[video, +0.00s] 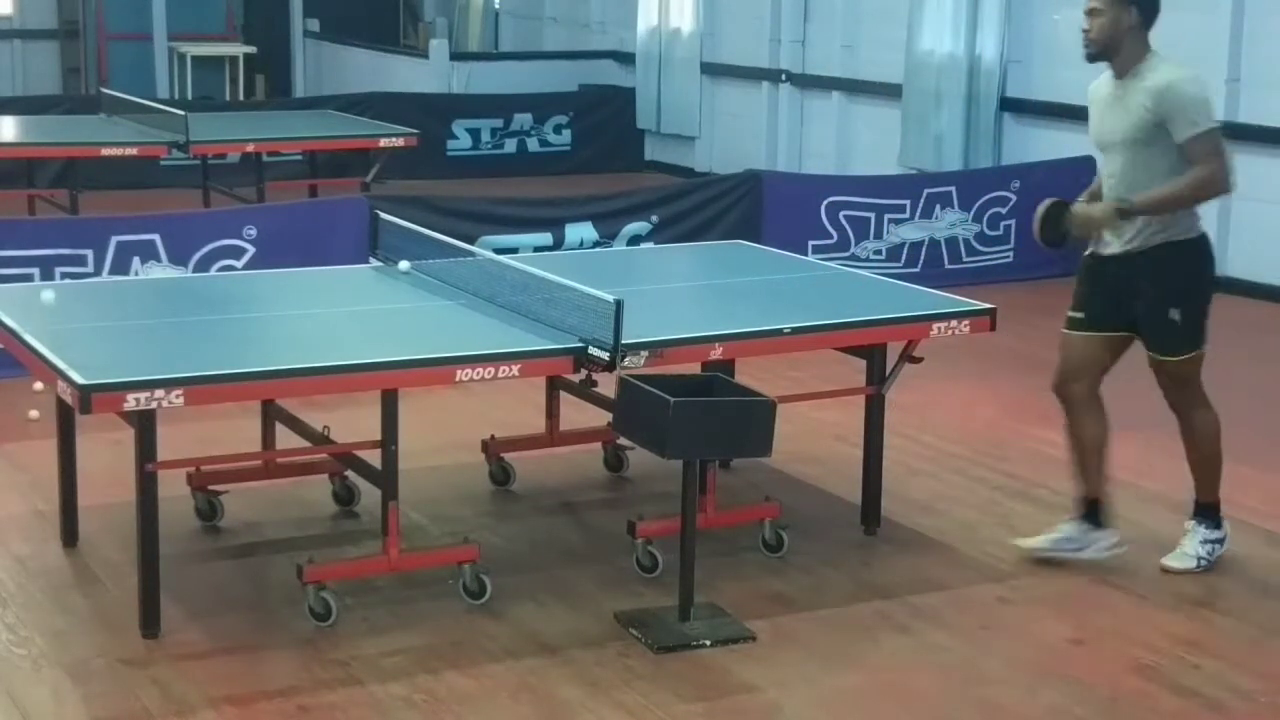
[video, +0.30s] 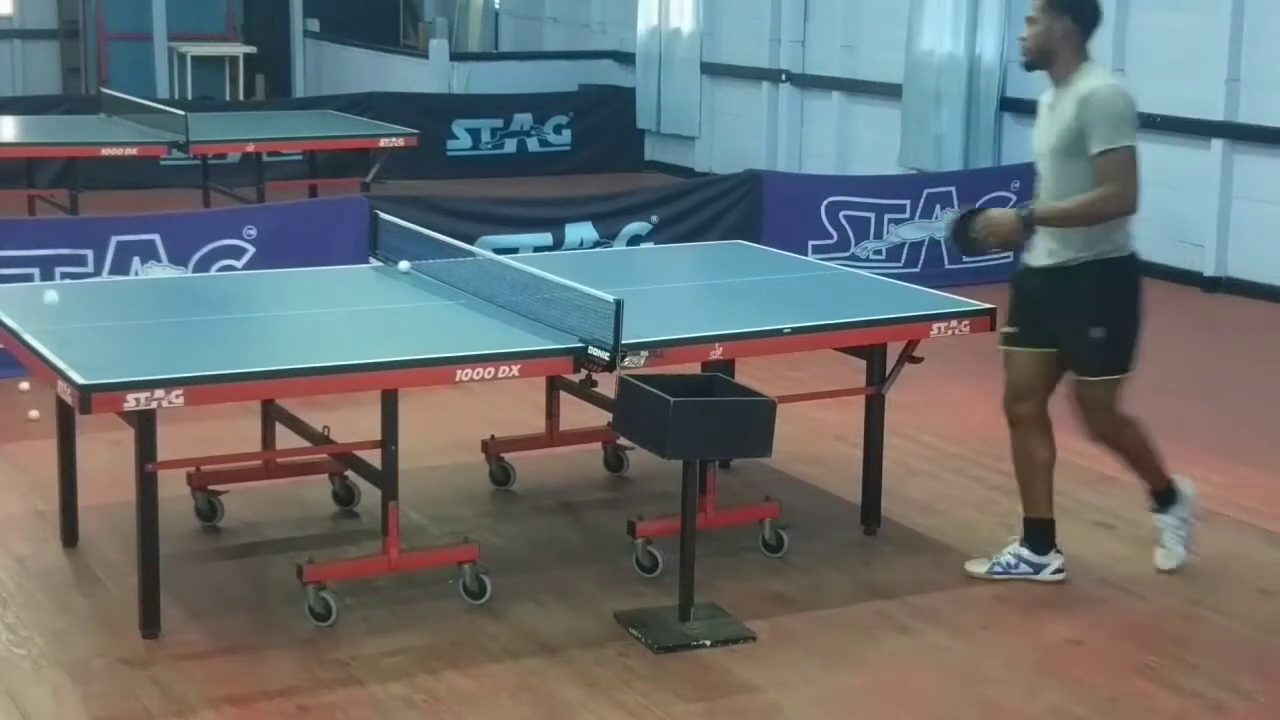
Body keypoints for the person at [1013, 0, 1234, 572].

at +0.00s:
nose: (1085, 24)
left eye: (1096, 14)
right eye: (1086, 15)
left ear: (1134, 19)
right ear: (1116, 22)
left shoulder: (1174, 85)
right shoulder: (1100, 89)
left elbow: (1214, 176)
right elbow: (1117, 172)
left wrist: (1122, 210)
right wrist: (1078, 211)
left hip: (1173, 261)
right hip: (1112, 261)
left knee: (1184, 392)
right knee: (1073, 383)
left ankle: (1207, 524)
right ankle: (1092, 522)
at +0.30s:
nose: (1024, 33)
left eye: (1034, 21)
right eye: (1026, 22)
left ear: (1069, 28)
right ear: (1053, 30)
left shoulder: (1105, 96)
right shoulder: (1052, 99)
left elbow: (1120, 197)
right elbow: (1063, 194)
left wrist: (1027, 218)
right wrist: (1014, 223)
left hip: (1099, 276)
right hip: (1044, 273)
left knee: (1099, 417)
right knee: (1023, 404)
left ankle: (1170, 499)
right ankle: (1038, 548)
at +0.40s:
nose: (999, 32)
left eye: (1009, 20)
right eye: (1001, 21)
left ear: (1044, 25)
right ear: (1034, 27)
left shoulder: (1079, 95)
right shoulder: (1031, 98)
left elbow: (1101, 195)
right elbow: (1040, 191)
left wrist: (1011, 218)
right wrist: (992, 216)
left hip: (1070, 270)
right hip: (1026, 268)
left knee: (1037, 410)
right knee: (1017, 408)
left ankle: (1119, 501)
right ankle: (1038, 547)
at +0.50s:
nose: (964, 35)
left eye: (973, 22)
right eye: (965, 22)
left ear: (1008, 26)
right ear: (1003, 28)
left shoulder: (1041, 97)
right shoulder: (1007, 97)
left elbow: (1069, 196)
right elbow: (1019, 188)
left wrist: (976, 225)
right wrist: (956, 202)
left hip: (1037, 267)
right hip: (1020, 264)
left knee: (982, 409)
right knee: (1020, 411)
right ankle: (1038, 546)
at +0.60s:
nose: (931, 45)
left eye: (941, 32)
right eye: (932, 33)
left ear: (979, 34)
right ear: (971, 36)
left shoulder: (1005, 104)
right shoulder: (990, 101)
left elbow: (1029, 209)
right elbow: (994, 194)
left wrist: (940, 237)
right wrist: (928, 206)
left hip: (1009, 278)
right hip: (1013, 273)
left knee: (959, 425)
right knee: (1013, 415)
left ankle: (935, 576)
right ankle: (1040, 549)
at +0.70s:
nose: (896, 61)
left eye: (903, 49)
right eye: (896, 49)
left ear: (936, 48)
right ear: (937, 48)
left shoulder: (964, 113)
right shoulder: (974, 100)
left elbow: (977, 227)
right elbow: (979, 201)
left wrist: (886, 264)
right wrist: (916, 213)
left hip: (984, 287)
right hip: (1008, 280)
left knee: (933, 433)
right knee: (1003, 416)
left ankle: (889, 589)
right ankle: (1039, 549)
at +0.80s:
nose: (848, 84)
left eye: (854, 71)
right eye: (845, 72)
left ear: (887, 61)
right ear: (899, 61)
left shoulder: (917, 125)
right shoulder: (958, 103)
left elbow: (915, 244)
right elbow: (962, 199)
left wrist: (827, 298)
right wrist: (896, 229)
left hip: (964, 290)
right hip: (1004, 280)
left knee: (897, 425)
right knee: (993, 412)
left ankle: (881, 591)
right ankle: (1036, 544)